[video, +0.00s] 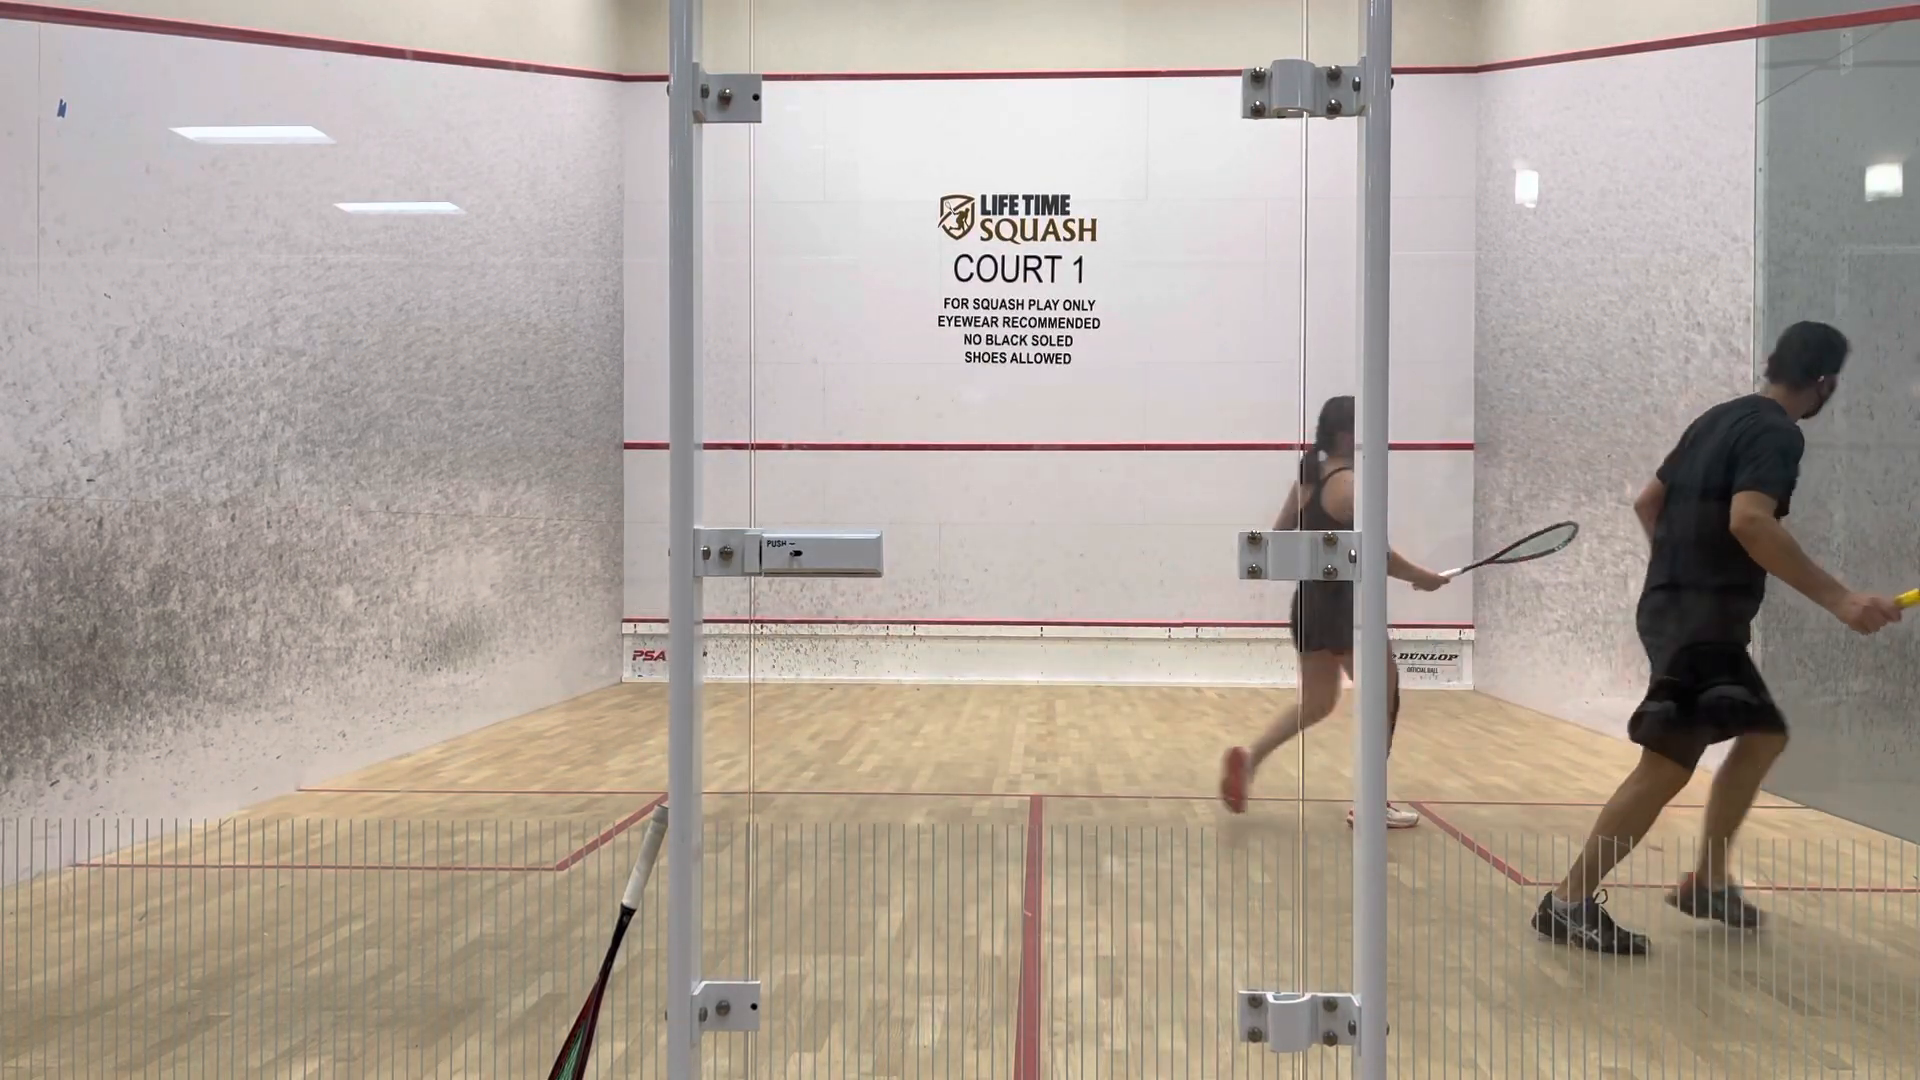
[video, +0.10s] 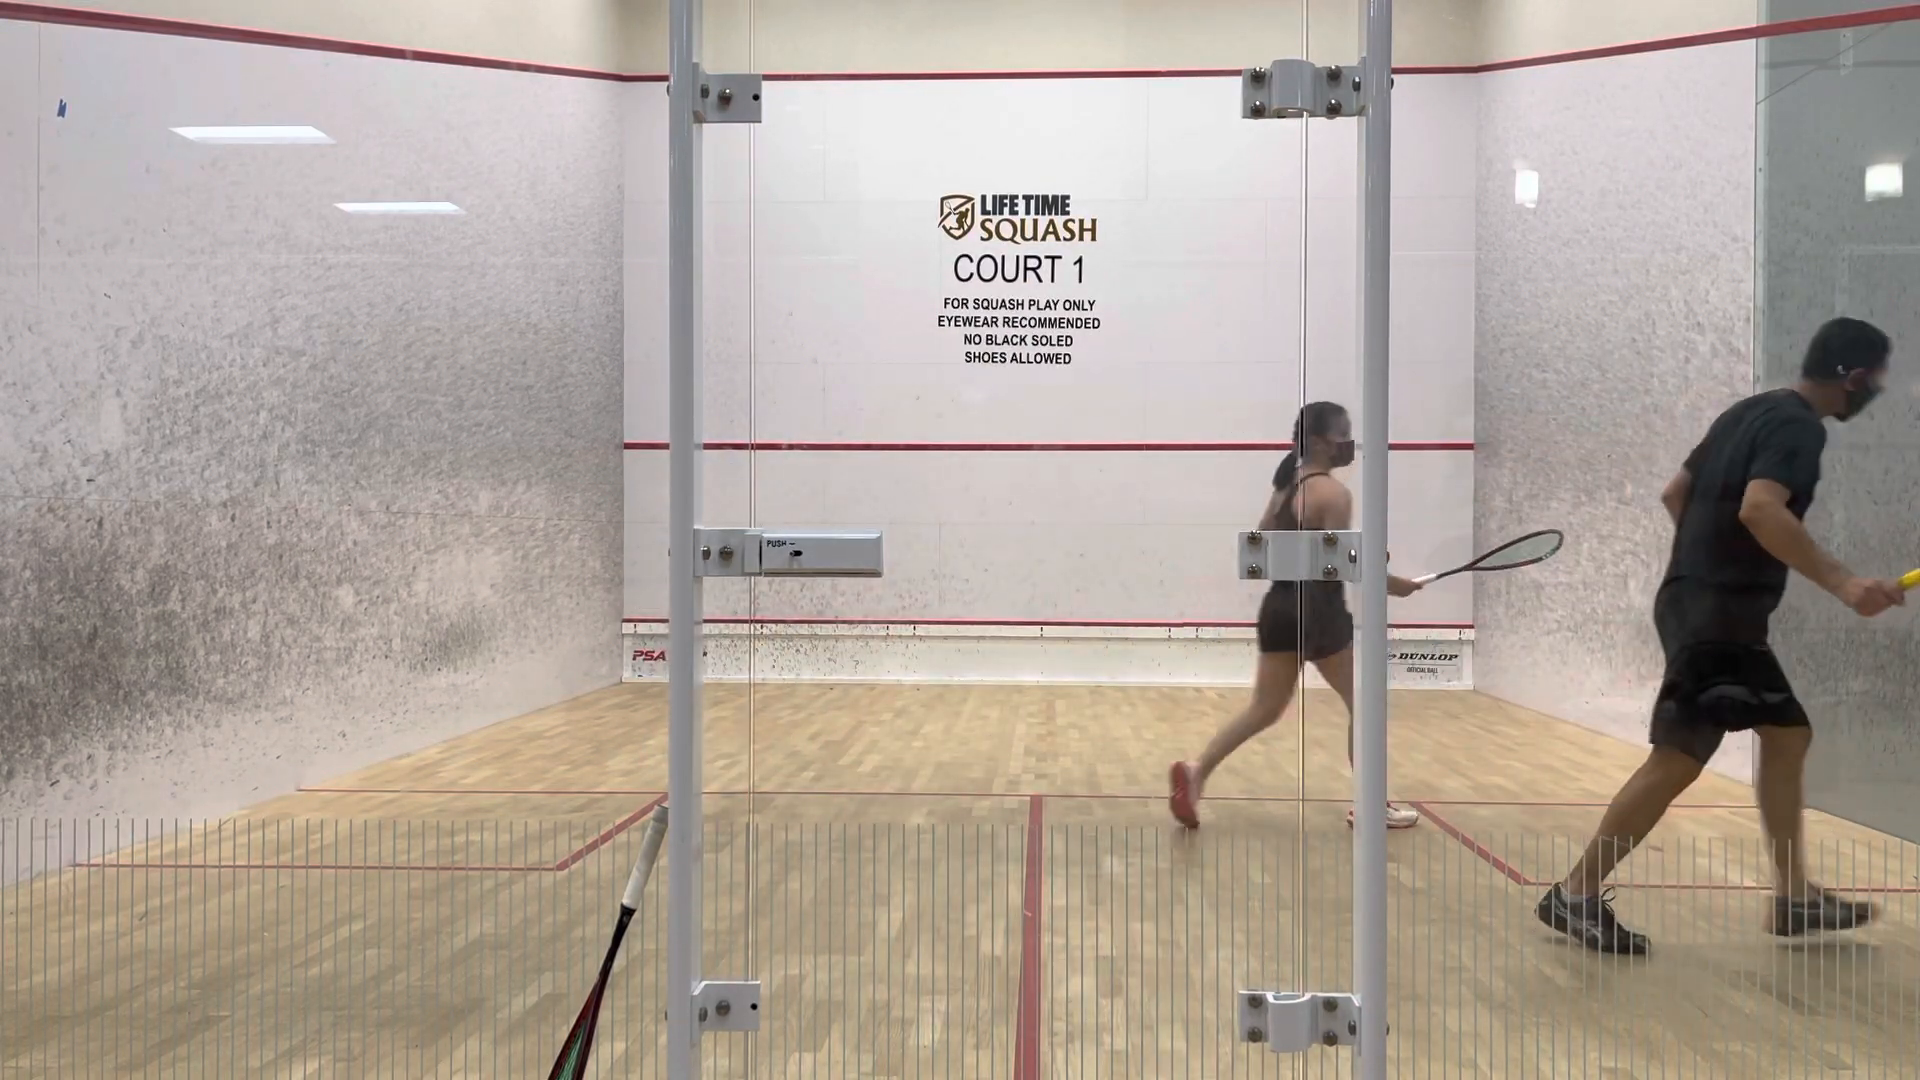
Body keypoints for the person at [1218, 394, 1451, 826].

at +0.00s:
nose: (1366, 437)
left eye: (1364, 428)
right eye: (1361, 430)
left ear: (1327, 434)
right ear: (1347, 434)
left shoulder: (1308, 478)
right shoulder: (1350, 484)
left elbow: (1280, 533)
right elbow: (1374, 550)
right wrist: (1420, 576)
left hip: (1310, 602)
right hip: (1348, 605)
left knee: (1316, 702)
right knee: (1385, 695)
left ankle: (1251, 754)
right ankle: (1370, 802)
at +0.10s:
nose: (1352, 441)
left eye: (1350, 433)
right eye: (1344, 434)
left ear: (1310, 442)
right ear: (1320, 440)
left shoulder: (1286, 489)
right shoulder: (1333, 493)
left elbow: (1263, 541)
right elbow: (1343, 559)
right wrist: (1391, 584)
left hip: (1278, 606)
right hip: (1321, 608)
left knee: (1265, 707)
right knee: (1363, 704)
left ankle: (1196, 772)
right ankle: (1370, 804)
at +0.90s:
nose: (1286, 445)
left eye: (1286, 437)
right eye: (1280, 437)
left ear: (1242, 436)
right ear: (1252, 436)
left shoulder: (1198, 473)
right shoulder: (1264, 494)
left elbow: (1158, 525)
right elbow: (1267, 561)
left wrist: (1179, 554)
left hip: (1173, 610)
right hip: (1220, 615)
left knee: (1180, 711)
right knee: (1252, 721)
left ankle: (1152, 808)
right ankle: (1263, 826)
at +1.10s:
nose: (1281, 441)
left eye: (1280, 433)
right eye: (1277, 434)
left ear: (1235, 433)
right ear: (1260, 436)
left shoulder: (1195, 471)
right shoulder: (1259, 496)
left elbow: (1152, 525)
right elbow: (1259, 565)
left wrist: (1174, 549)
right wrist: (1315, 560)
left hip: (1170, 610)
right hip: (1217, 614)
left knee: (1176, 711)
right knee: (1261, 714)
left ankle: (1152, 808)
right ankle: (1261, 824)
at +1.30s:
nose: (1294, 452)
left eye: (1291, 444)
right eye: (1292, 445)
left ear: (1245, 444)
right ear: (1285, 450)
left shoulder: (1210, 485)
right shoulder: (1281, 508)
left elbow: (1171, 538)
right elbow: (1287, 585)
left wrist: (1201, 562)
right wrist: (1333, 578)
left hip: (1186, 621)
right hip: (1233, 627)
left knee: (1193, 715)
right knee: (1299, 715)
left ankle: (1155, 809)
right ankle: (1292, 820)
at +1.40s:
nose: (1313, 461)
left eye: (1312, 453)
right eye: (1310, 453)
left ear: (1264, 453)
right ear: (1298, 458)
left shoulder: (1231, 497)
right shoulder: (1297, 517)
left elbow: (1193, 548)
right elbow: (1317, 593)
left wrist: (1232, 566)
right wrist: (1377, 573)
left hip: (1204, 633)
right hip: (1250, 641)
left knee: (1205, 722)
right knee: (1329, 722)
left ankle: (1157, 808)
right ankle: (1310, 830)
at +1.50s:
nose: (1346, 451)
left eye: (1344, 442)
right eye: (1341, 443)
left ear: (1298, 444)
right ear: (1326, 448)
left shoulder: (1269, 488)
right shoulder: (1328, 503)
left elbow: (1229, 539)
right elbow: (1352, 578)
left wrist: (1288, 554)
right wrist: (1416, 556)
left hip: (1243, 627)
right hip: (1282, 636)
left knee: (1222, 723)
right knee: (1353, 729)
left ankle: (1169, 798)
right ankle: (1310, 835)